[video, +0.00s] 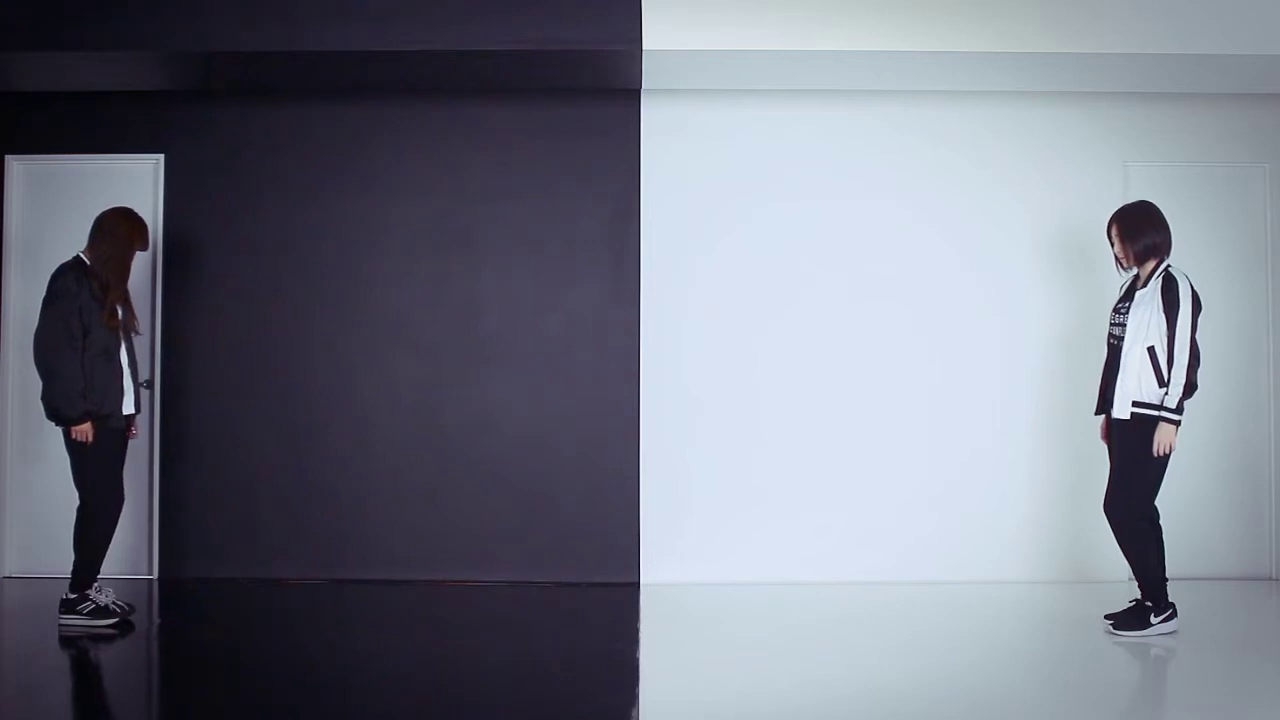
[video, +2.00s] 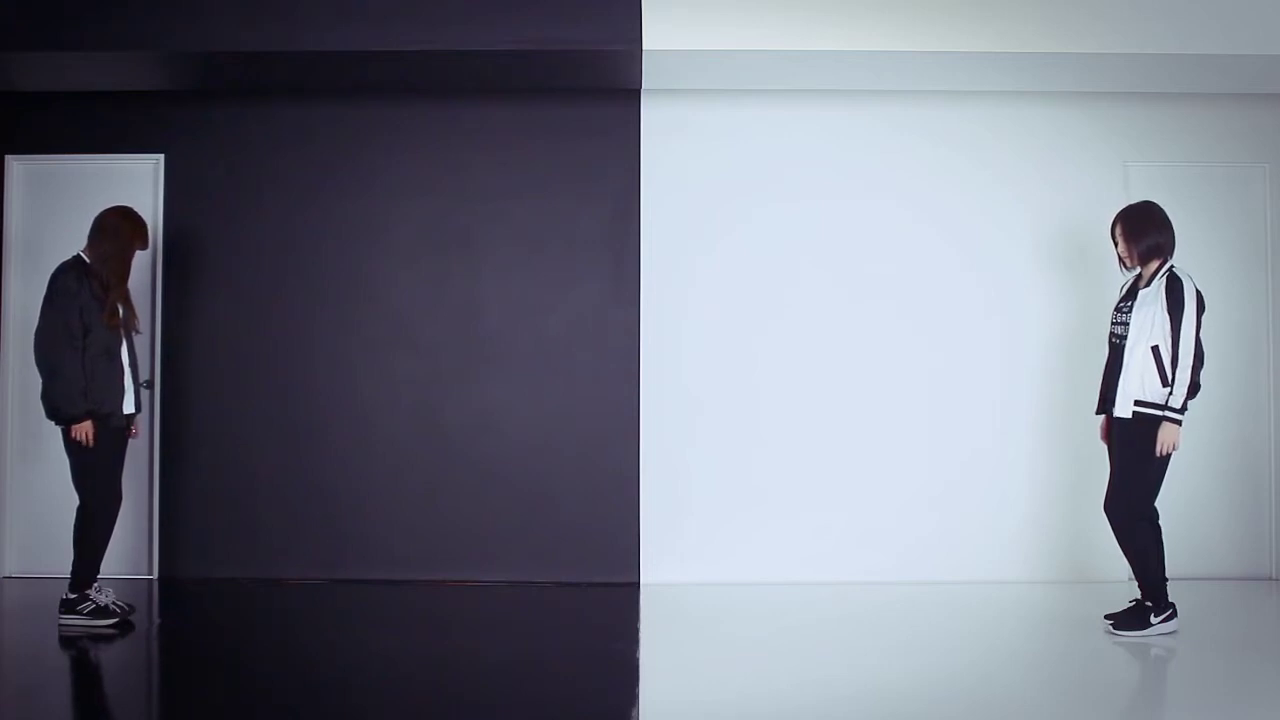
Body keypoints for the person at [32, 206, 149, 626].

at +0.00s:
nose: (132, 260)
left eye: (135, 252)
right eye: (131, 251)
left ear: (107, 241)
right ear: (114, 245)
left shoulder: (108, 284)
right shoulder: (71, 279)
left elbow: (117, 354)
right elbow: (55, 350)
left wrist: (129, 410)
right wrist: (75, 413)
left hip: (112, 416)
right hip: (87, 417)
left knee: (108, 499)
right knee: (100, 500)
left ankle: (86, 590)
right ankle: (78, 597)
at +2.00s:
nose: (132, 259)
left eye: (135, 251)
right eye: (130, 250)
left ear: (107, 240)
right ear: (114, 244)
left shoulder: (109, 283)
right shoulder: (70, 278)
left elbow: (119, 353)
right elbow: (55, 349)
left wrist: (130, 410)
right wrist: (75, 412)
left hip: (112, 416)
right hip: (87, 417)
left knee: (107, 501)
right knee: (97, 502)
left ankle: (86, 590)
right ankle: (77, 597)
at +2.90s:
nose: (156, 256)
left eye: (157, 247)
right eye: (153, 247)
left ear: (129, 240)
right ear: (136, 242)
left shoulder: (132, 285)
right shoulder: (96, 279)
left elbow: (135, 358)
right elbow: (80, 350)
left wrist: (145, 414)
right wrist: (98, 413)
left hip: (128, 414)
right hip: (111, 415)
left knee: (104, 503)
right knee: (156, 489)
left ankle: (87, 592)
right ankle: (107, 576)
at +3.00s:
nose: (162, 255)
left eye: (164, 247)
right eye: (160, 246)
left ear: (136, 240)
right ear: (142, 242)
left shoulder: (132, 282)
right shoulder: (103, 278)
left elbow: (135, 347)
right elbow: (85, 348)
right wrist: (104, 412)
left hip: (136, 415)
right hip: (122, 417)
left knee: (105, 508)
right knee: (173, 481)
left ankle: (86, 593)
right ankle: (151, 573)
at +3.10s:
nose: (173, 255)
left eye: (175, 246)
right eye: (169, 245)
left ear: (152, 244)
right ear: (149, 242)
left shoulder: (155, 285)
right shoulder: (113, 280)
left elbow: (164, 355)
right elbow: (94, 350)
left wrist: (176, 411)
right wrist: (112, 414)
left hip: (148, 418)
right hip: (133, 419)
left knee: (107, 511)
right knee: (182, 487)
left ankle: (86, 593)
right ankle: (195, 576)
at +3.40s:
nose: (214, 263)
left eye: (215, 254)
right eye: (210, 254)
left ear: (188, 250)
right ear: (190, 250)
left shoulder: (185, 294)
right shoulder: (158, 290)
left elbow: (185, 364)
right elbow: (143, 361)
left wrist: (193, 424)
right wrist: (156, 425)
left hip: (180, 427)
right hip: (171, 429)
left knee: (130, 512)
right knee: (205, 511)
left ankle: (89, 590)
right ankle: (244, 587)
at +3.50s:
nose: (233, 260)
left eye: (234, 251)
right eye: (229, 251)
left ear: (204, 248)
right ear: (210, 249)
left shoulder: (209, 290)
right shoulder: (179, 290)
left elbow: (213, 359)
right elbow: (166, 359)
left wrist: (225, 418)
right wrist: (180, 422)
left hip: (213, 421)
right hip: (192, 423)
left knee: (154, 503)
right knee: (226, 506)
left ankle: (100, 582)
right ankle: (251, 590)